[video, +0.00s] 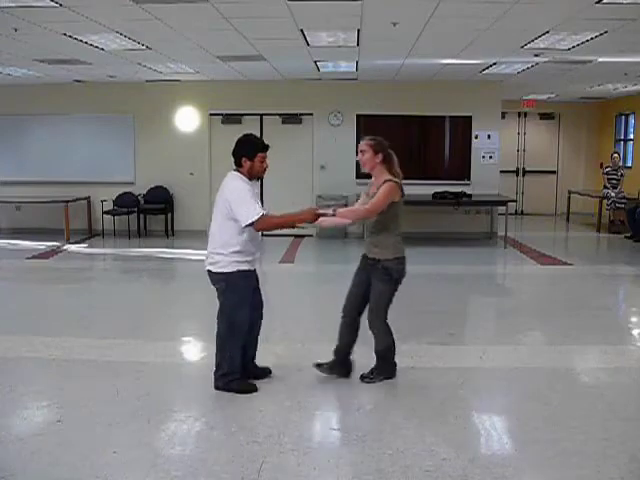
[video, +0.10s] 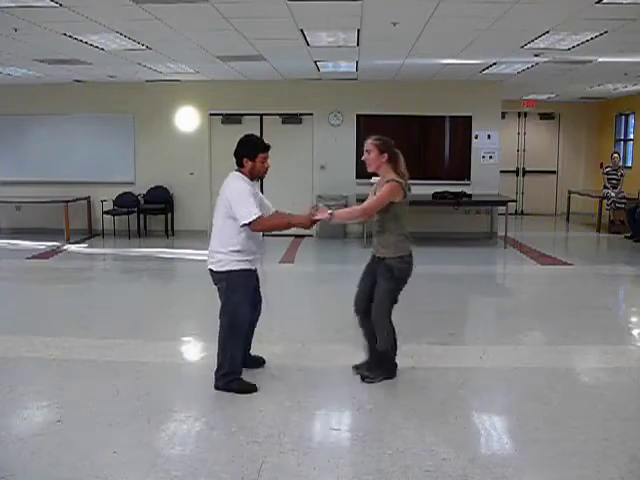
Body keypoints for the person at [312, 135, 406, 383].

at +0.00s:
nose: (359, 158)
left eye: (363, 153)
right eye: (359, 153)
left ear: (379, 156)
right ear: (374, 158)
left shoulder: (390, 186)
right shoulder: (372, 186)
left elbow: (368, 213)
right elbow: (356, 211)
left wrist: (333, 218)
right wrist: (328, 214)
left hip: (389, 263)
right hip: (370, 260)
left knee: (376, 318)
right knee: (350, 312)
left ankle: (386, 366)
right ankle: (341, 361)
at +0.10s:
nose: (364, 157)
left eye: (368, 152)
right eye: (365, 153)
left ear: (384, 156)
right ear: (382, 158)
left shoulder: (393, 186)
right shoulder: (380, 184)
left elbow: (364, 213)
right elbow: (364, 211)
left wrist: (330, 215)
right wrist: (331, 214)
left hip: (396, 261)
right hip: (379, 258)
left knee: (380, 312)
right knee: (362, 307)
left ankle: (387, 365)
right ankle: (375, 358)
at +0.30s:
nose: (368, 155)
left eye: (373, 150)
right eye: (369, 150)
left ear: (388, 154)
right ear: (388, 155)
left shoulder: (393, 185)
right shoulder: (395, 183)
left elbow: (360, 210)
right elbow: (369, 215)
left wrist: (330, 217)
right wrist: (340, 211)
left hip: (399, 258)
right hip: (401, 255)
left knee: (382, 311)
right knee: (399, 307)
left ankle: (385, 366)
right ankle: (416, 353)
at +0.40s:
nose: (367, 155)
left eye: (372, 150)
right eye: (368, 150)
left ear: (387, 156)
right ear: (386, 156)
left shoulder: (392, 187)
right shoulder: (391, 184)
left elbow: (360, 215)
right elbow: (367, 214)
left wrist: (328, 227)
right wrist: (338, 210)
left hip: (398, 259)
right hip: (398, 257)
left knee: (379, 312)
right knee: (399, 306)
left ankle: (389, 365)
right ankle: (416, 353)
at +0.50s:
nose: (363, 155)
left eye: (368, 151)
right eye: (364, 150)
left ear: (382, 156)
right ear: (380, 156)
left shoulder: (393, 187)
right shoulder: (379, 183)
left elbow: (367, 217)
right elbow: (367, 216)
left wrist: (334, 229)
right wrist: (337, 211)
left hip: (394, 262)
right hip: (380, 259)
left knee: (380, 313)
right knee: (388, 308)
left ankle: (393, 364)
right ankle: (414, 351)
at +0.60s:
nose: (357, 154)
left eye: (361, 150)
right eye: (358, 149)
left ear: (375, 155)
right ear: (373, 156)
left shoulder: (389, 186)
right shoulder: (370, 182)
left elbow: (368, 217)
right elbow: (361, 214)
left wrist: (334, 229)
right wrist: (334, 205)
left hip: (390, 263)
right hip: (369, 260)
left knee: (384, 314)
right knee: (364, 312)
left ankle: (393, 365)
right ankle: (402, 342)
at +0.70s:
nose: (347, 153)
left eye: (352, 149)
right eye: (349, 148)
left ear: (364, 154)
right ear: (364, 154)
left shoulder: (380, 185)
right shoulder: (363, 181)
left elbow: (360, 216)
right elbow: (359, 209)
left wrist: (329, 228)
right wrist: (341, 200)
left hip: (382, 262)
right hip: (360, 260)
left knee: (384, 318)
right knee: (347, 312)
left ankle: (394, 366)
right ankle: (378, 347)